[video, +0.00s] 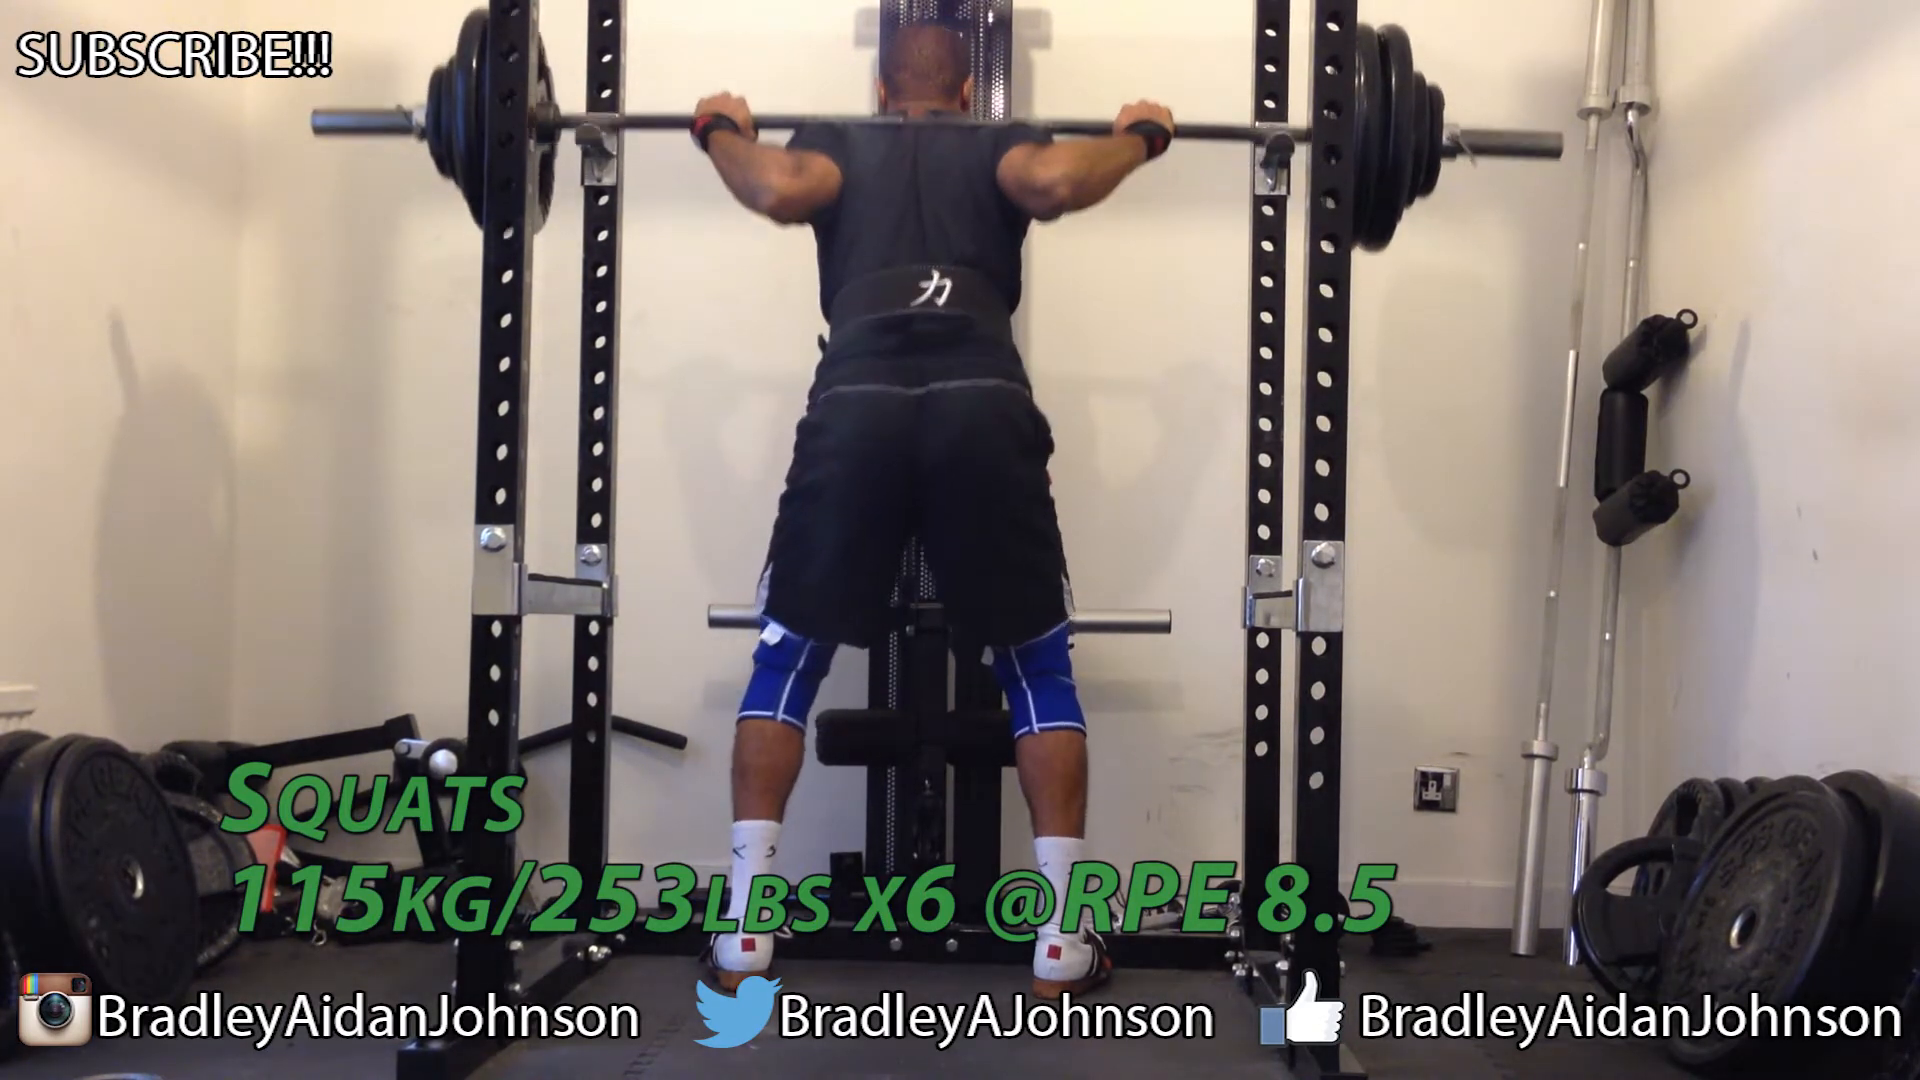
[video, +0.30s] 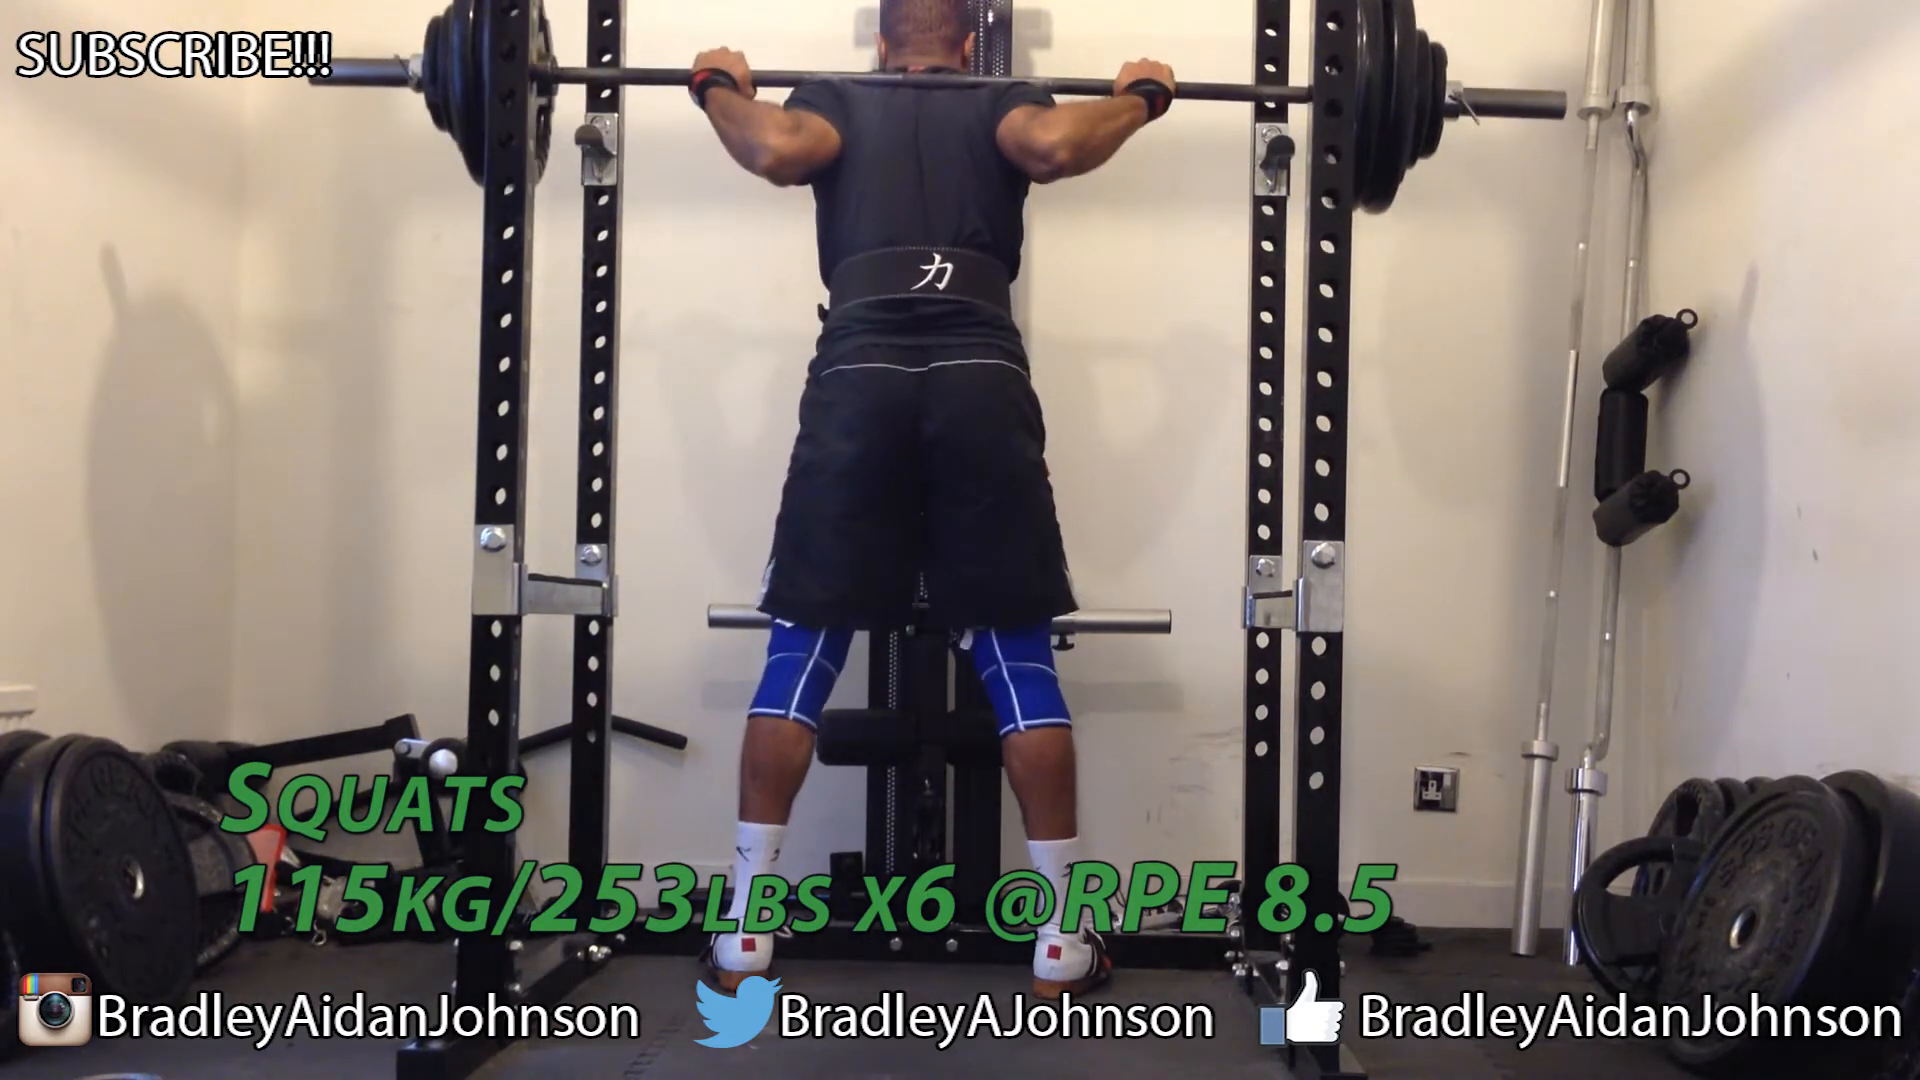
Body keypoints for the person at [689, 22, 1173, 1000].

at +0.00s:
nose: (907, 88)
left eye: (892, 76)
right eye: (956, 76)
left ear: (880, 90)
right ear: (970, 90)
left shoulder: (839, 147)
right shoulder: (998, 143)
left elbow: (777, 188)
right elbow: (1055, 180)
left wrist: (728, 137)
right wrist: (1135, 139)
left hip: (855, 414)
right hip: (985, 414)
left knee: (786, 666)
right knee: (1038, 674)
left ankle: (746, 918)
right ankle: (1061, 929)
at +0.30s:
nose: (922, 26)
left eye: (903, 18)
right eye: (953, 20)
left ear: (882, 40)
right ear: (970, 36)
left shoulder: (837, 102)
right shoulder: (998, 101)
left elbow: (771, 147)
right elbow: (1054, 144)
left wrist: (728, 94)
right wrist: (1135, 100)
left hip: (856, 390)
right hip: (983, 392)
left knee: (800, 651)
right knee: (1018, 657)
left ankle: (748, 920)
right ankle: (1061, 928)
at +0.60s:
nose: (907, 27)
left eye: (893, 21)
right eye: (947, 22)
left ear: (875, 42)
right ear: (966, 38)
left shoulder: (833, 103)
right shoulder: (992, 102)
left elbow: (770, 156)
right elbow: (1053, 152)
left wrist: (720, 99)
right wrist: (1135, 102)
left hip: (858, 391)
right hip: (985, 390)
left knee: (804, 652)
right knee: (1021, 657)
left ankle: (747, 919)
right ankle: (1063, 928)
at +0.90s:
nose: (932, 32)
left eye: (897, 24)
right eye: (940, 24)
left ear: (860, 40)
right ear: (947, 35)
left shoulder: (814, 101)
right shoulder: (976, 101)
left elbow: (750, 161)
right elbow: (1028, 163)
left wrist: (701, 101)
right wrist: (1115, 111)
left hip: (818, 390)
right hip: (943, 390)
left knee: (783, 648)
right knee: (1001, 649)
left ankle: (744, 926)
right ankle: (1062, 922)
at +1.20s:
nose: (942, 21)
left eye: (897, 15)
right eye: (958, 16)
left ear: (875, 31)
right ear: (964, 29)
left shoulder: (825, 93)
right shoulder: (995, 94)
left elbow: (759, 160)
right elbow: (1041, 158)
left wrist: (710, 97)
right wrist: (1130, 106)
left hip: (841, 385)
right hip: (965, 387)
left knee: (801, 646)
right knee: (1002, 653)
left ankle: (749, 922)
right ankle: (1030, 939)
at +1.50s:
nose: (959, 27)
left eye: (925, 17)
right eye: (982, 18)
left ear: (899, 27)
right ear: (996, 27)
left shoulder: (849, 84)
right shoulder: (1024, 80)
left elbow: (785, 152)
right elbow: (1075, 143)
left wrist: (736, 90)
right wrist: (1163, 91)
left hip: (867, 368)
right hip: (997, 370)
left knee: (802, 638)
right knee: (1022, 660)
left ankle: (735, 905)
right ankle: (1030, 945)